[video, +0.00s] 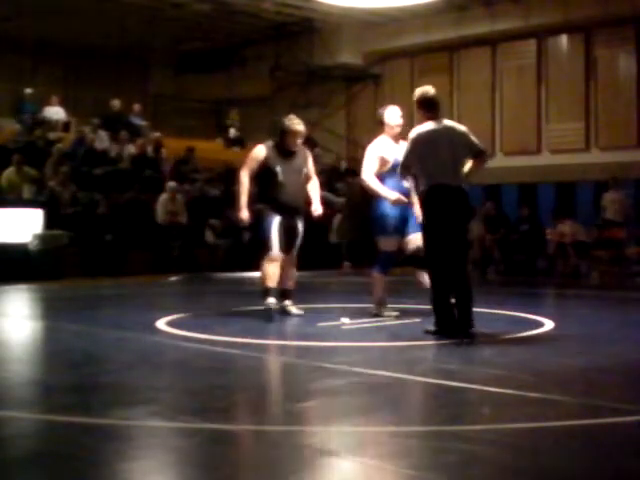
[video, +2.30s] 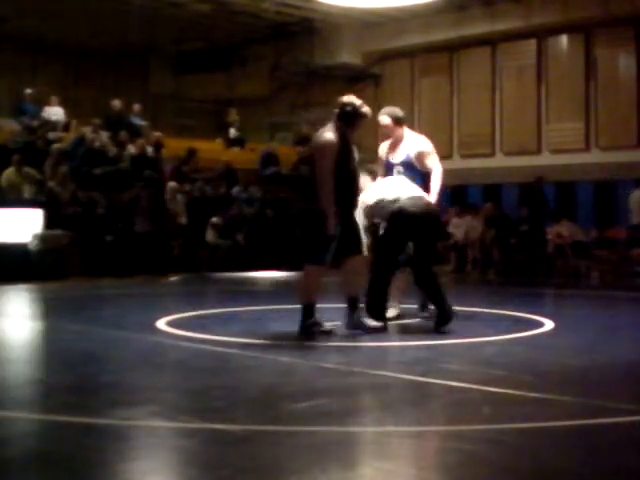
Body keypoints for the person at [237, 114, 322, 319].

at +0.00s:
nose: (298, 141)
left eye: (301, 137)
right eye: (294, 137)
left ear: (303, 137)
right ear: (283, 135)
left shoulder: (305, 155)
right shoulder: (263, 152)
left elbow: (311, 178)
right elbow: (245, 173)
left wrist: (316, 201)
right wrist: (243, 206)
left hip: (295, 209)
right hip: (271, 208)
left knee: (291, 256)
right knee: (274, 253)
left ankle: (287, 297)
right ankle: (270, 295)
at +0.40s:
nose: (306, 132)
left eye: (307, 127)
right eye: (302, 127)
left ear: (307, 129)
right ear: (289, 128)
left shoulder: (306, 150)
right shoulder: (271, 147)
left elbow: (309, 179)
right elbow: (264, 175)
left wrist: (310, 208)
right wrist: (275, 204)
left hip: (303, 210)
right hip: (282, 210)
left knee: (314, 251)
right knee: (281, 257)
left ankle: (293, 293)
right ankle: (278, 303)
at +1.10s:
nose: (334, 121)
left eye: (335, 116)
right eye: (330, 116)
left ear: (330, 120)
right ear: (317, 118)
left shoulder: (328, 146)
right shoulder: (302, 139)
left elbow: (334, 181)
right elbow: (296, 168)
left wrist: (343, 207)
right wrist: (309, 202)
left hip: (327, 208)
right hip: (310, 207)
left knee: (322, 257)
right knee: (311, 254)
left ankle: (316, 308)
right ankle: (294, 307)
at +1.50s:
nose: (340, 127)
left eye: (339, 121)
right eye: (337, 121)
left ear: (313, 120)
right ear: (327, 120)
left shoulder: (301, 142)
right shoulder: (321, 140)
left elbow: (298, 179)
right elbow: (329, 174)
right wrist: (339, 205)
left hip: (302, 208)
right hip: (316, 209)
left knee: (308, 262)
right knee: (312, 262)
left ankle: (309, 311)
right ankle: (310, 313)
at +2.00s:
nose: (347, 128)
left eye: (348, 123)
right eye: (346, 123)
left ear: (327, 118)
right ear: (335, 121)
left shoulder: (319, 141)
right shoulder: (318, 143)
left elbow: (319, 184)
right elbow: (316, 185)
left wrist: (334, 209)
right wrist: (323, 215)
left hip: (311, 209)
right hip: (311, 210)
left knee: (312, 261)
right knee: (314, 262)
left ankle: (297, 306)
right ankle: (303, 313)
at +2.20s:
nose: (355, 129)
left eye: (356, 124)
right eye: (354, 123)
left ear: (340, 118)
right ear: (343, 120)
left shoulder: (340, 142)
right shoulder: (323, 142)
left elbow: (343, 178)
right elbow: (317, 183)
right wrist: (319, 217)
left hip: (337, 212)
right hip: (321, 212)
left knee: (346, 259)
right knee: (314, 266)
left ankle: (329, 310)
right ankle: (307, 318)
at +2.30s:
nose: (361, 128)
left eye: (362, 123)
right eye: (360, 122)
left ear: (344, 117)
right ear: (350, 119)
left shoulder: (344, 142)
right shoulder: (328, 141)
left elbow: (348, 179)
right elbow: (326, 184)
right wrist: (330, 217)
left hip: (344, 212)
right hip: (327, 213)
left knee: (355, 260)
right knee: (315, 266)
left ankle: (355, 314)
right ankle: (308, 319)